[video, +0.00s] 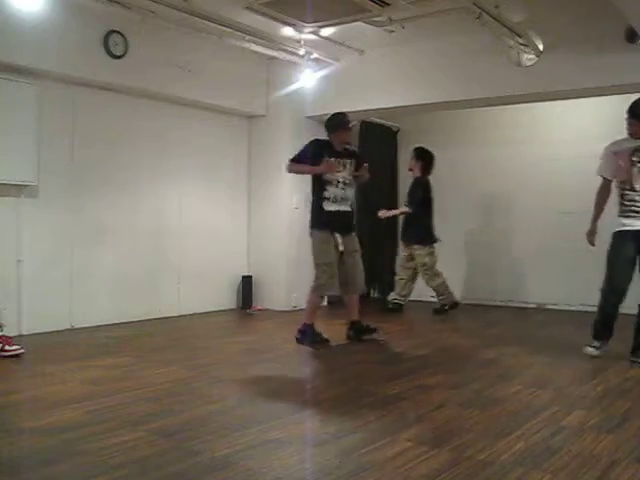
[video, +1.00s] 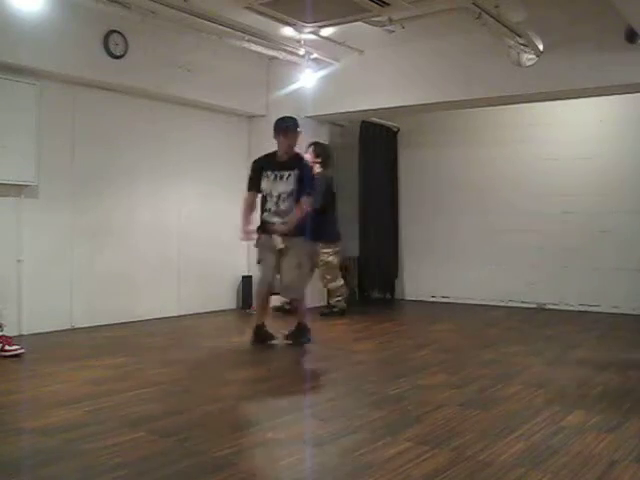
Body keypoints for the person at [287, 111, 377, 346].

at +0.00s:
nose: (349, 135)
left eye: (349, 131)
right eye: (345, 131)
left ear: (347, 132)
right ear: (334, 131)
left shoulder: (352, 154)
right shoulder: (317, 147)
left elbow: (359, 180)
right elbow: (292, 166)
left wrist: (361, 175)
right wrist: (319, 169)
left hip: (347, 225)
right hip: (323, 224)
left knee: (353, 276)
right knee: (325, 277)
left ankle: (354, 324)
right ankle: (306, 327)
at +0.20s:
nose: (331, 135)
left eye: (333, 129)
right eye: (327, 131)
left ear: (335, 129)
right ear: (317, 131)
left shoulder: (345, 155)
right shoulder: (302, 150)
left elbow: (354, 182)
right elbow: (287, 174)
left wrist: (353, 206)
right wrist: (295, 198)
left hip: (336, 226)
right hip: (307, 227)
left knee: (349, 278)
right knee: (303, 276)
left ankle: (350, 325)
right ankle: (300, 326)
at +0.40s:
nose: (316, 142)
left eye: (319, 137)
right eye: (311, 138)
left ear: (325, 136)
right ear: (303, 137)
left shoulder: (334, 168)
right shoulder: (289, 163)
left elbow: (352, 198)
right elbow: (276, 190)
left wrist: (365, 225)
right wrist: (270, 217)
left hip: (324, 237)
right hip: (294, 236)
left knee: (335, 287)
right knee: (278, 283)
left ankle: (348, 327)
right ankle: (294, 328)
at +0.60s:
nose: (304, 146)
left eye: (308, 142)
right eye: (300, 142)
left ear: (315, 140)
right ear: (294, 139)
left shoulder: (324, 164)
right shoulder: (279, 158)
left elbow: (348, 182)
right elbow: (257, 168)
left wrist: (352, 191)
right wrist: (260, 179)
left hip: (317, 236)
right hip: (285, 236)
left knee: (335, 284)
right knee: (277, 286)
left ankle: (323, 326)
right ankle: (291, 327)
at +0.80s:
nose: (295, 144)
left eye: (299, 140)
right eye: (291, 140)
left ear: (306, 137)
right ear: (284, 136)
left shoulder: (314, 151)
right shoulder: (270, 147)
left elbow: (341, 171)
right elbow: (236, 155)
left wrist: (329, 170)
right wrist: (255, 158)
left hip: (307, 229)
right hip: (277, 229)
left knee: (322, 280)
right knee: (277, 281)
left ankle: (316, 327)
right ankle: (282, 325)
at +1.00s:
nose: (290, 141)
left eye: (293, 136)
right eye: (286, 136)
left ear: (297, 137)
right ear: (277, 136)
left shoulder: (304, 167)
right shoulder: (260, 164)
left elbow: (306, 202)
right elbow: (251, 197)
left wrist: (288, 224)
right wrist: (246, 223)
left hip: (296, 234)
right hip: (267, 233)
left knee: (293, 283)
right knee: (265, 281)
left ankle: (302, 324)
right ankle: (259, 326)